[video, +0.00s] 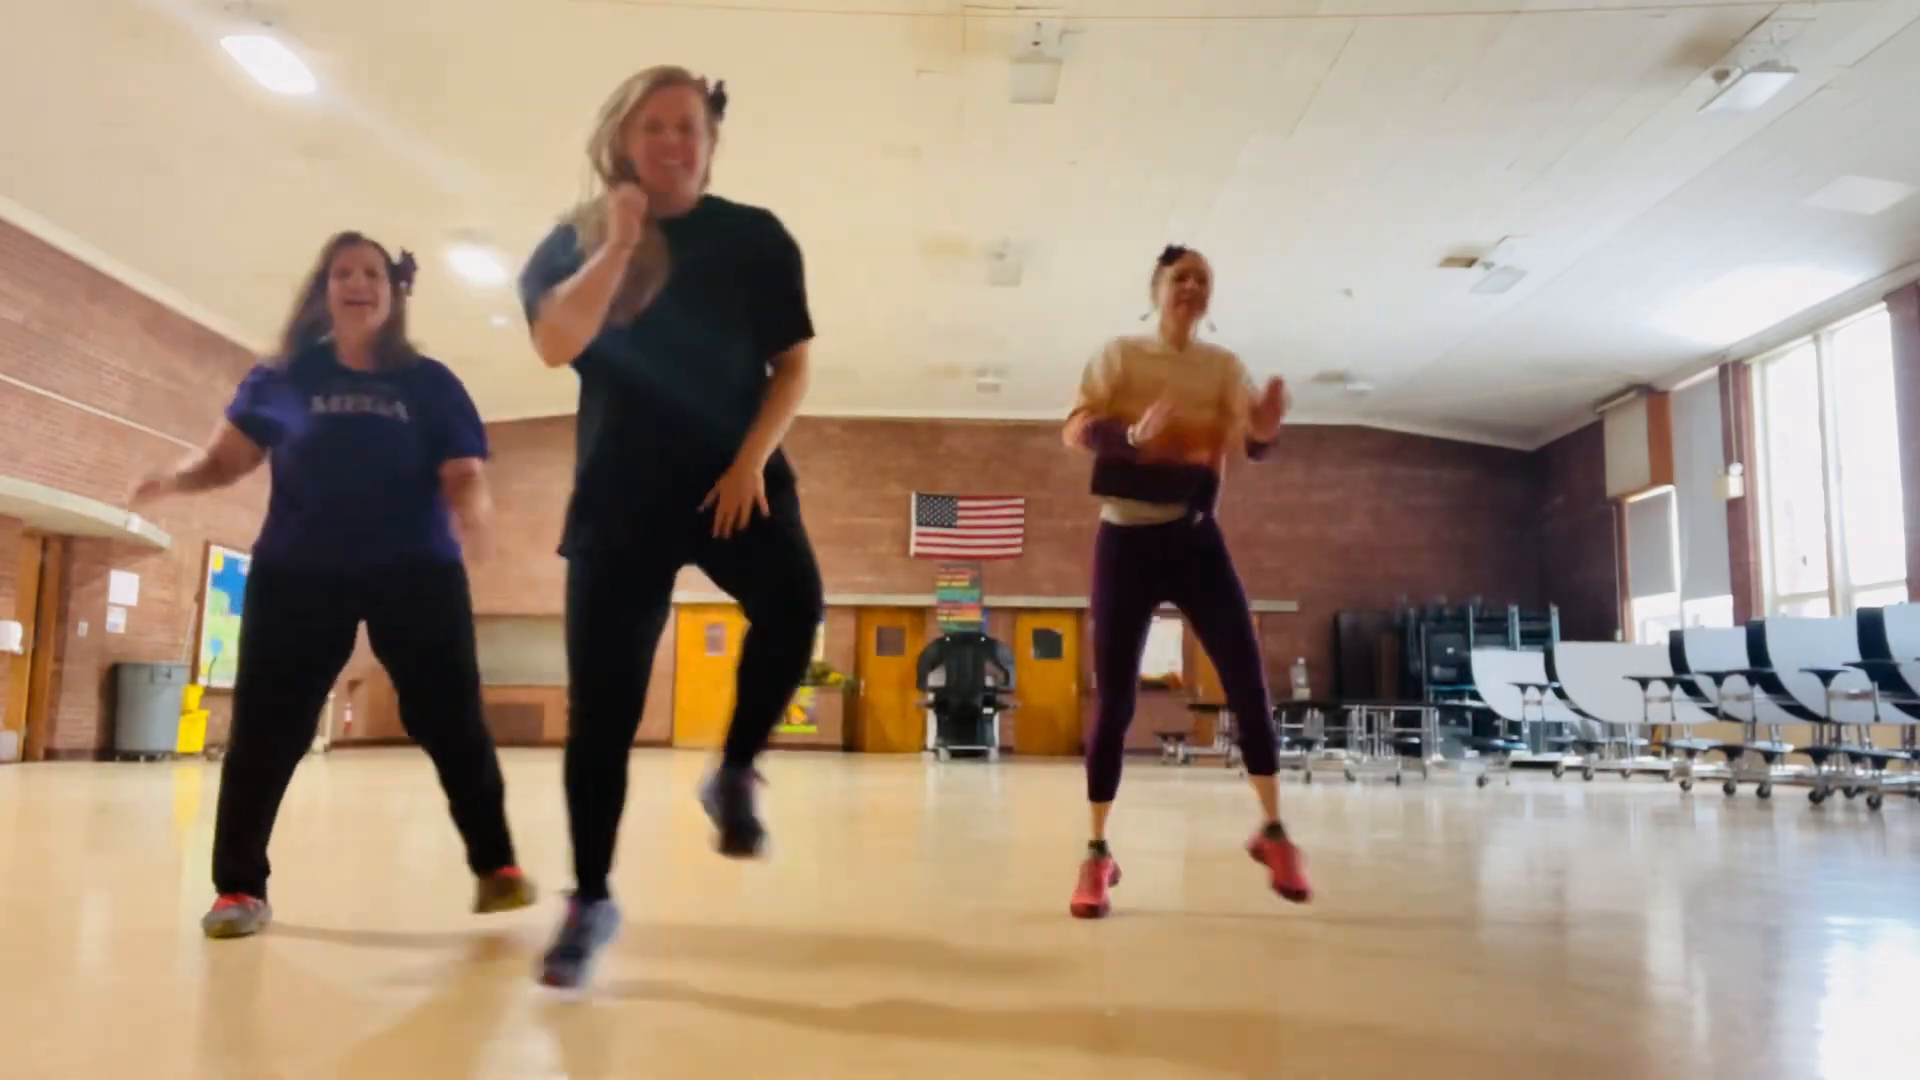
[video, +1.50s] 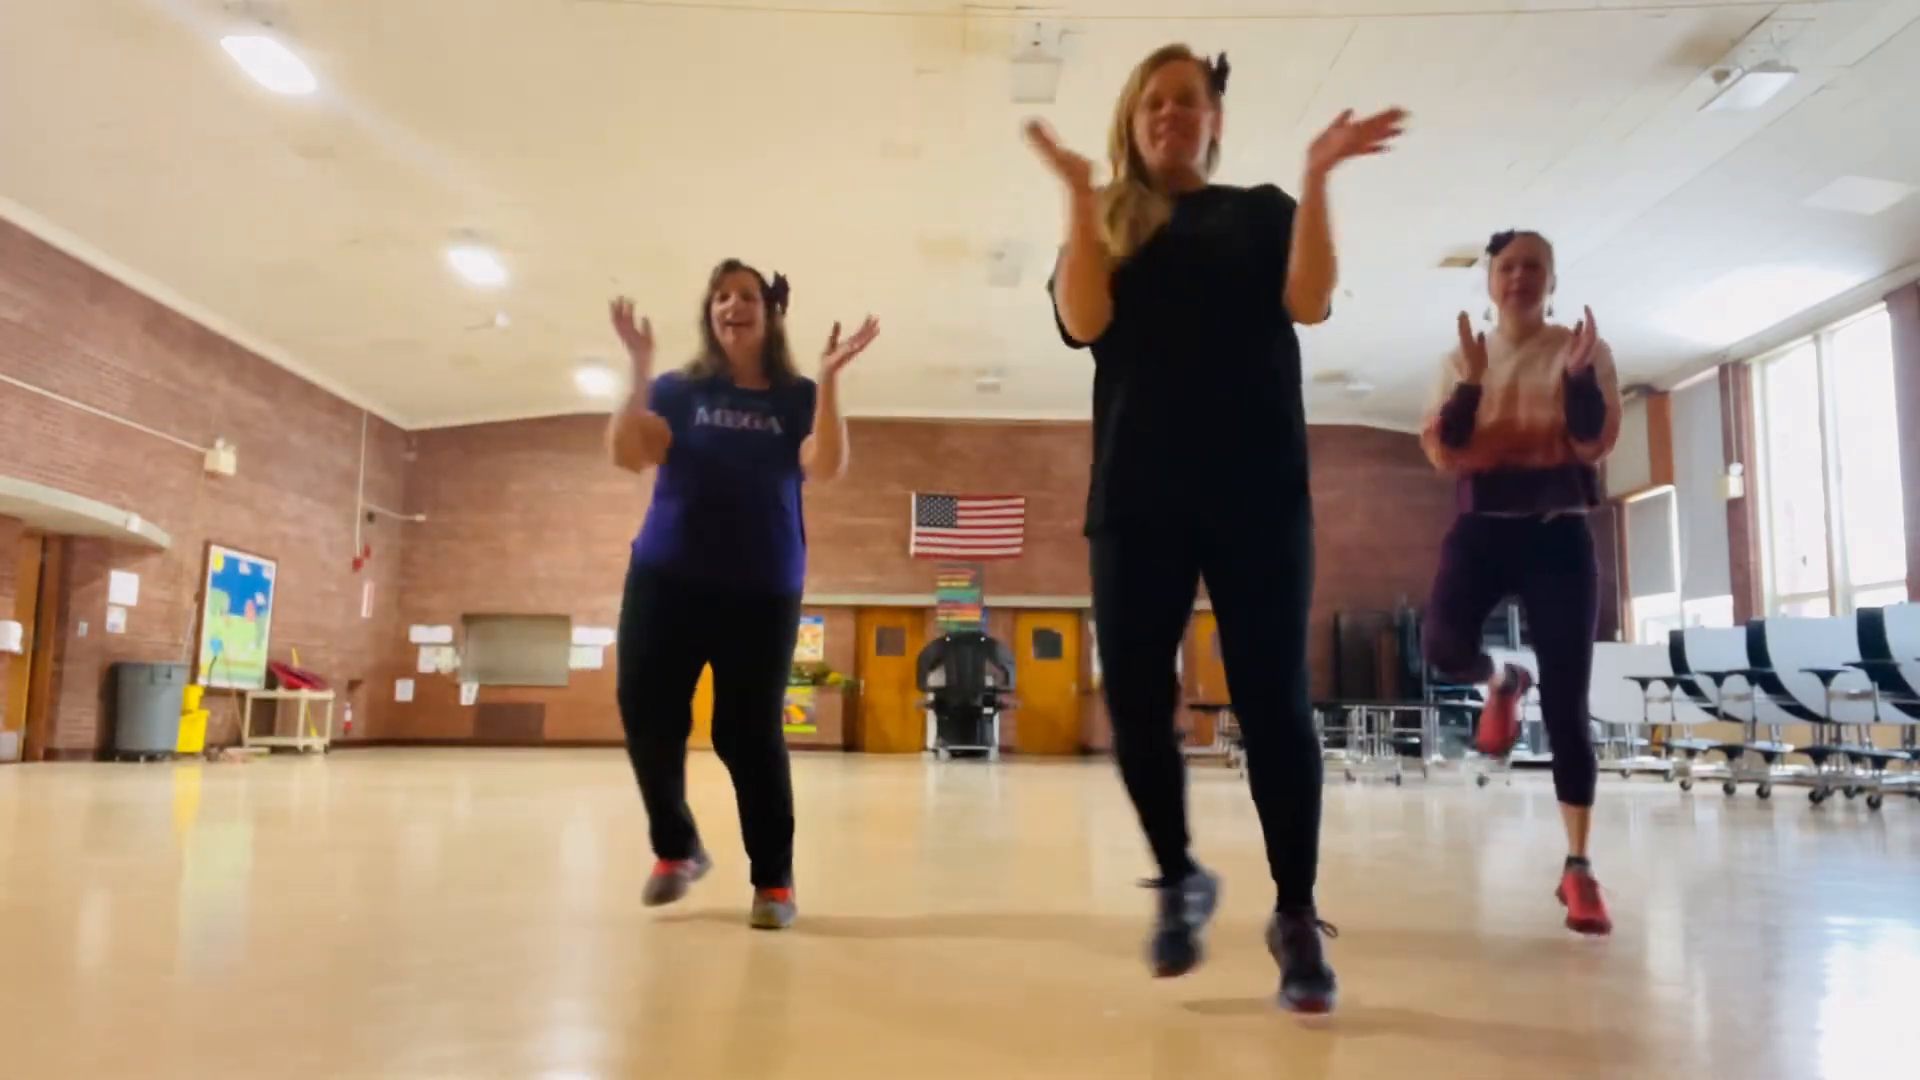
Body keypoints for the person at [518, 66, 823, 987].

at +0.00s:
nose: (673, 146)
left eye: (688, 131)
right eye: (655, 130)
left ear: (711, 145)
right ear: (619, 143)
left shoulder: (755, 240)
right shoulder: (578, 242)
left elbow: (794, 364)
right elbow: (555, 343)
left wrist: (752, 459)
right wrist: (615, 249)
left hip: (735, 485)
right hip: (624, 494)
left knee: (792, 611)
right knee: (601, 706)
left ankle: (736, 773)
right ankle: (589, 897)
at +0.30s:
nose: (774, 158)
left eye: (792, 144)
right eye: (758, 143)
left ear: (821, 161)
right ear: (732, 160)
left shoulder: (865, 264)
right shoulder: (700, 286)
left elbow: (920, 404)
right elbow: (662, 427)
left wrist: (867, 518)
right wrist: (673, 508)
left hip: (849, 536)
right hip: (731, 535)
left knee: (866, 746)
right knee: (681, 734)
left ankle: (889, 958)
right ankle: (671, 923)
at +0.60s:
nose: (908, 133)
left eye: (926, 120)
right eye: (892, 119)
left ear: (957, 140)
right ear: (866, 140)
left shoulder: (1006, 261)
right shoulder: (828, 268)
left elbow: (1072, 387)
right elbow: (790, 399)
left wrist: (1041, 501)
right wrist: (789, 496)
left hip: (975, 543)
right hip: (861, 540)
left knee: (940, 745)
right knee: (850, 729)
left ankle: (905, 969)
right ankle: (988, 853)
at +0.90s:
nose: (998, 144)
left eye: (1014, 131)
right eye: (982, 132)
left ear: (1044, 153)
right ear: (957, 155)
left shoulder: (1096, 254)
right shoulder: (926, 279)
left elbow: (1163, 368)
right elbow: (882, 414)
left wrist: (1162, 464)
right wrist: (898, 483)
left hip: (1080, 524)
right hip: (966, 535)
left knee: (1145, 645)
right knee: (992, 746)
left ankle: (1131, 834)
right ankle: (1027, 941)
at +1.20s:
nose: (1110, 171)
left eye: (1127, 160)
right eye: (1096, 160)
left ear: (1156, 184)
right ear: (1069, 186)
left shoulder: (1210, 291)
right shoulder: (1039, 308)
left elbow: (1282, 400)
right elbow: (971, 422)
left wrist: (1249, 475)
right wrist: (1012, 503)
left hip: (1194, 560)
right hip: (1071, 563)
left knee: (1241, 759)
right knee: (1031, 759)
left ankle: (1289, 946)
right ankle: (1025, 944)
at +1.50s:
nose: (1174, 115)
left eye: (1189, 102)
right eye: (1159, 103)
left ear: (1217, 119)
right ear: (1130, 123)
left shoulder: (1265, 211)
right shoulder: (1108, 219)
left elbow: (1309, 304)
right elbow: (1082, 323)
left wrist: (1316, 180)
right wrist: (1082, 204)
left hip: (1256, 494)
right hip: (1140, 496)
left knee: (1273, 703)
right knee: (1135, 698)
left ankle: (1297, 916)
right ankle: (1179, 880)